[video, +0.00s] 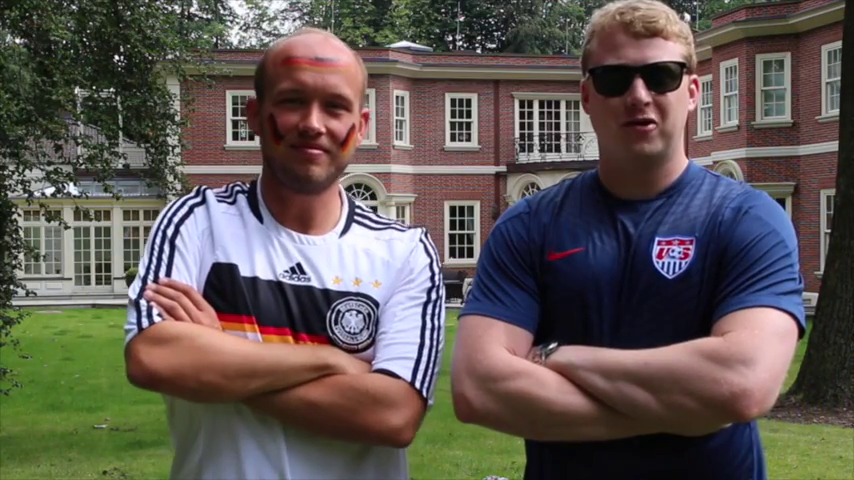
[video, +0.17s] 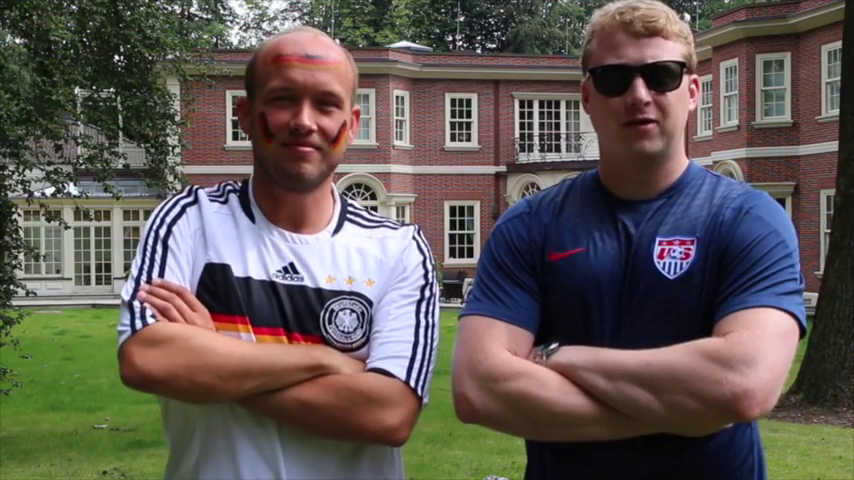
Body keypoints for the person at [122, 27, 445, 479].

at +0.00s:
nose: (313, 124)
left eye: (335, 107)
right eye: (293, 102)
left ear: (360, 126)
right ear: (256, 116)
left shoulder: (405, 252)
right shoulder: (195, 219)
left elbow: (396, 418)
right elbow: (149, 359)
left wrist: (222, 358)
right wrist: (332, 361)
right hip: (216, 474)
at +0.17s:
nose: (304, 122)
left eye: (327, 104)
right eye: (283, 100)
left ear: (351, 125)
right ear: (247, 116)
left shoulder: (399, 250)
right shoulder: (187, 219)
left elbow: (391, 417)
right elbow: (142, 360)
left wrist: (216, 360)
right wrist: (327, 360)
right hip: (211, 474)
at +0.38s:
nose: (297, 121)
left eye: (318, 103)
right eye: (275, 100)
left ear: (343, 122)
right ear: (238, 115)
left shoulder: (394, 248)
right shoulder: (181, 219)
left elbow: (387, 418)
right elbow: (138, 364)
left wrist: (211, 363)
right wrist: (322, 361)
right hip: (207, 473)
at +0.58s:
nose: (293, 123)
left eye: (315, 103)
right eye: (271, 101)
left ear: (341, 121)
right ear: (235, 115)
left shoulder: (392, 247)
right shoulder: (178, 219)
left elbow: (386, 418)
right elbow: (137, 366)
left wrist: (210, 367)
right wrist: (321, 361)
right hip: (205, 474)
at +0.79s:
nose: (292, 126)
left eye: (314, 106)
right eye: (270, 103)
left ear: (340, 121)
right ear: (233, 115)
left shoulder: (391, 247)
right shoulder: (176, 220)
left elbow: (386, 418)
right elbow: (137, 367)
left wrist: (210, 367)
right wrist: (322, 361)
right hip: (204, 474)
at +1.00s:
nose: (291, 126)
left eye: (313, 107)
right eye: (270, 103)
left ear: (339, 122)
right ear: (233, 114)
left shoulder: (390, 247)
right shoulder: (175, 220)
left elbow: (386, 418)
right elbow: (137, 367)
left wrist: (209, 366)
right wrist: (321, 361)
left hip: (345, 476)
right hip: (203, 475)